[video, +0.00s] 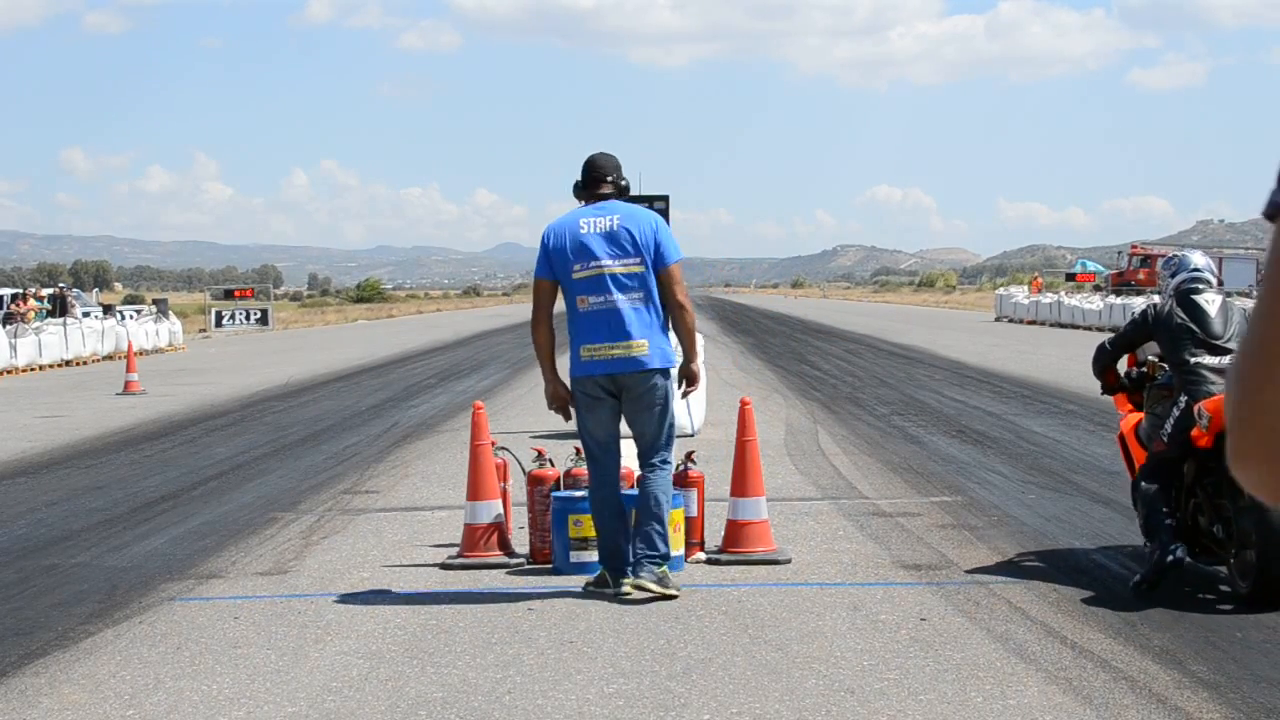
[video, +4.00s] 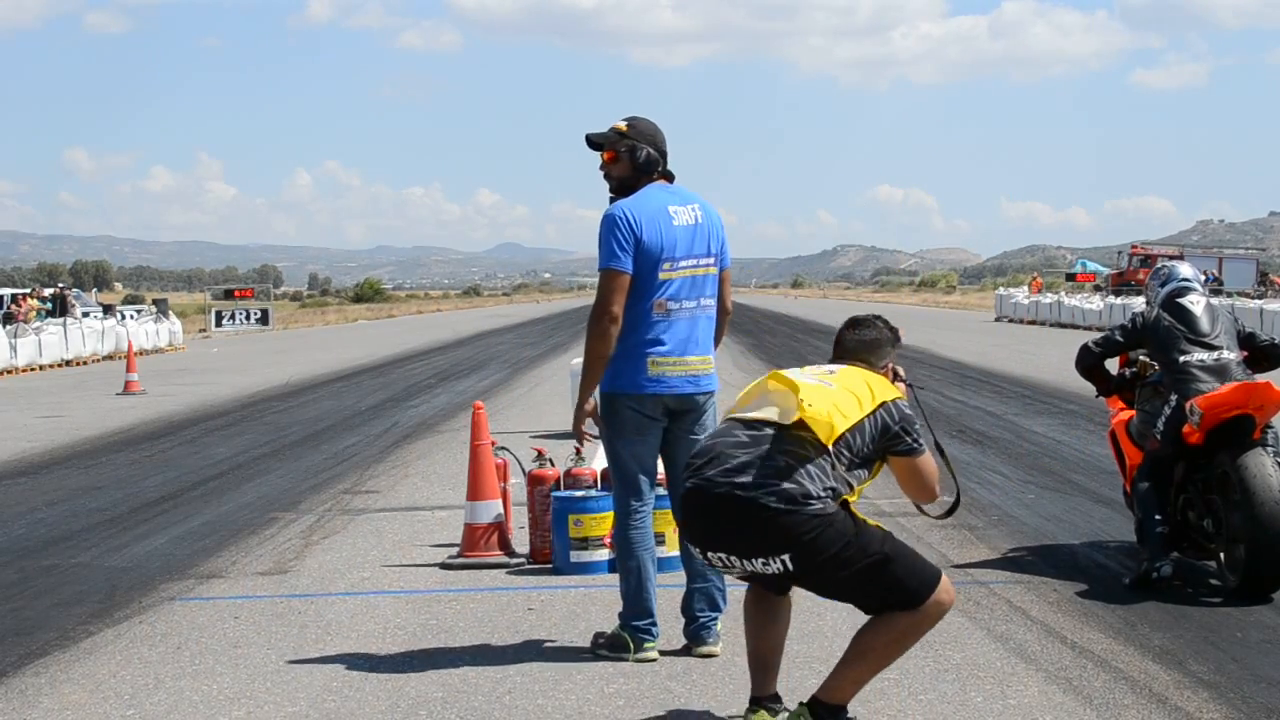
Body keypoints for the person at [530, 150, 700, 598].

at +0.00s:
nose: (613, 190)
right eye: (619, 184)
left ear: (580, 189)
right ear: (621, 185)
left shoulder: (556, 233)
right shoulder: (648, 221)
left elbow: (541, 316)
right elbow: (678, 300)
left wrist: (551, 378)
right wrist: (691, 359)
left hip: (589, 367)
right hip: (646, 362)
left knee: (602, 468)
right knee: (656, 459)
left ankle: (613, 570)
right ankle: (650, 566)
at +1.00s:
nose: (607, 182)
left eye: (588, 176)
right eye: (621, 176)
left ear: (580, 181)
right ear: (625, 180)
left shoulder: (553, 229)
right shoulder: (653, 229)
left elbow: (530, 313)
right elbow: (674, 312)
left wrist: (530, 376)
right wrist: (682, 375)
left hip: (575, 372)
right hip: (636, 371)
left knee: (571, 480)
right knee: (636, 477)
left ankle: (570, 588)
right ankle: (637, 586)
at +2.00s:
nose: (556, 183)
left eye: (559, 175)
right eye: (556, 175)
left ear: (576, 176)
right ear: (612, 177)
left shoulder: (562, 227)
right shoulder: (661, 224)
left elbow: (540, 316)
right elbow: (681, 313)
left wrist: (524, 381)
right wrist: (666, 370)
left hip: (584, 382)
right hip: (651, 378)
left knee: (574, 491)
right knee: (645, 492)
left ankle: (569, 604)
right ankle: (648, 614)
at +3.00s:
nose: (573, 173)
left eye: (576, 163)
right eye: (573, 163)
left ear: (592, 165)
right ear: (630, 165)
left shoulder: (582, 218)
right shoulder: (674, 214)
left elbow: (563, 316)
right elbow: (698, 300)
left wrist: (545, 384)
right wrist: (679, 362)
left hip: (607, 381)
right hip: (671, 379)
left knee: (622, 501)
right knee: (660, 493)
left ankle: (639, 631)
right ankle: (653, 609)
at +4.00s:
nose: (603, 167)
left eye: (610, 158)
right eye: (603, 157)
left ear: (640, 160)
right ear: (656, 162)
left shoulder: (625, 215)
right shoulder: (708, 214)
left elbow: (610, 314)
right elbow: (724, 307)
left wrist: (588, 391)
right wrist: (700, 359)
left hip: (636, 383)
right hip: (697, 381)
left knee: (634, 507)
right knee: (698, 503)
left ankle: (639, 630)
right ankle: (706, 627)